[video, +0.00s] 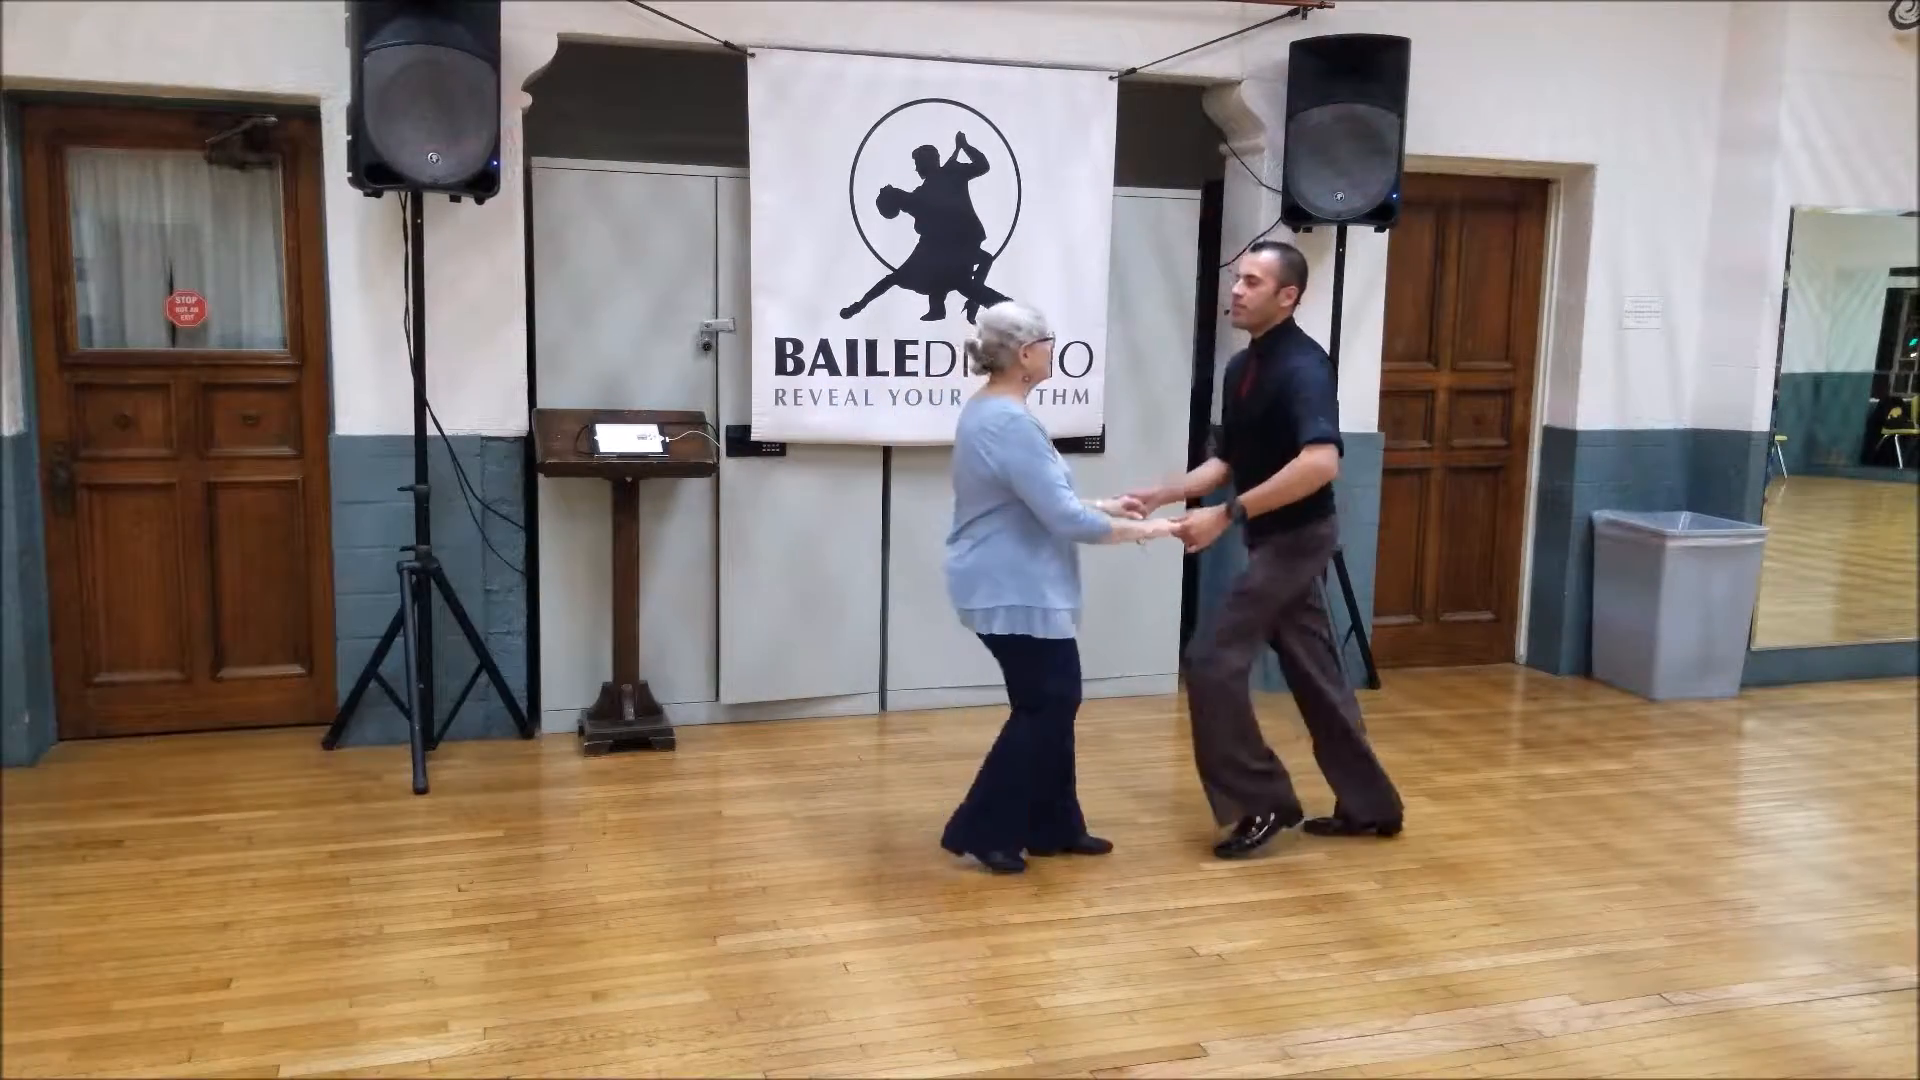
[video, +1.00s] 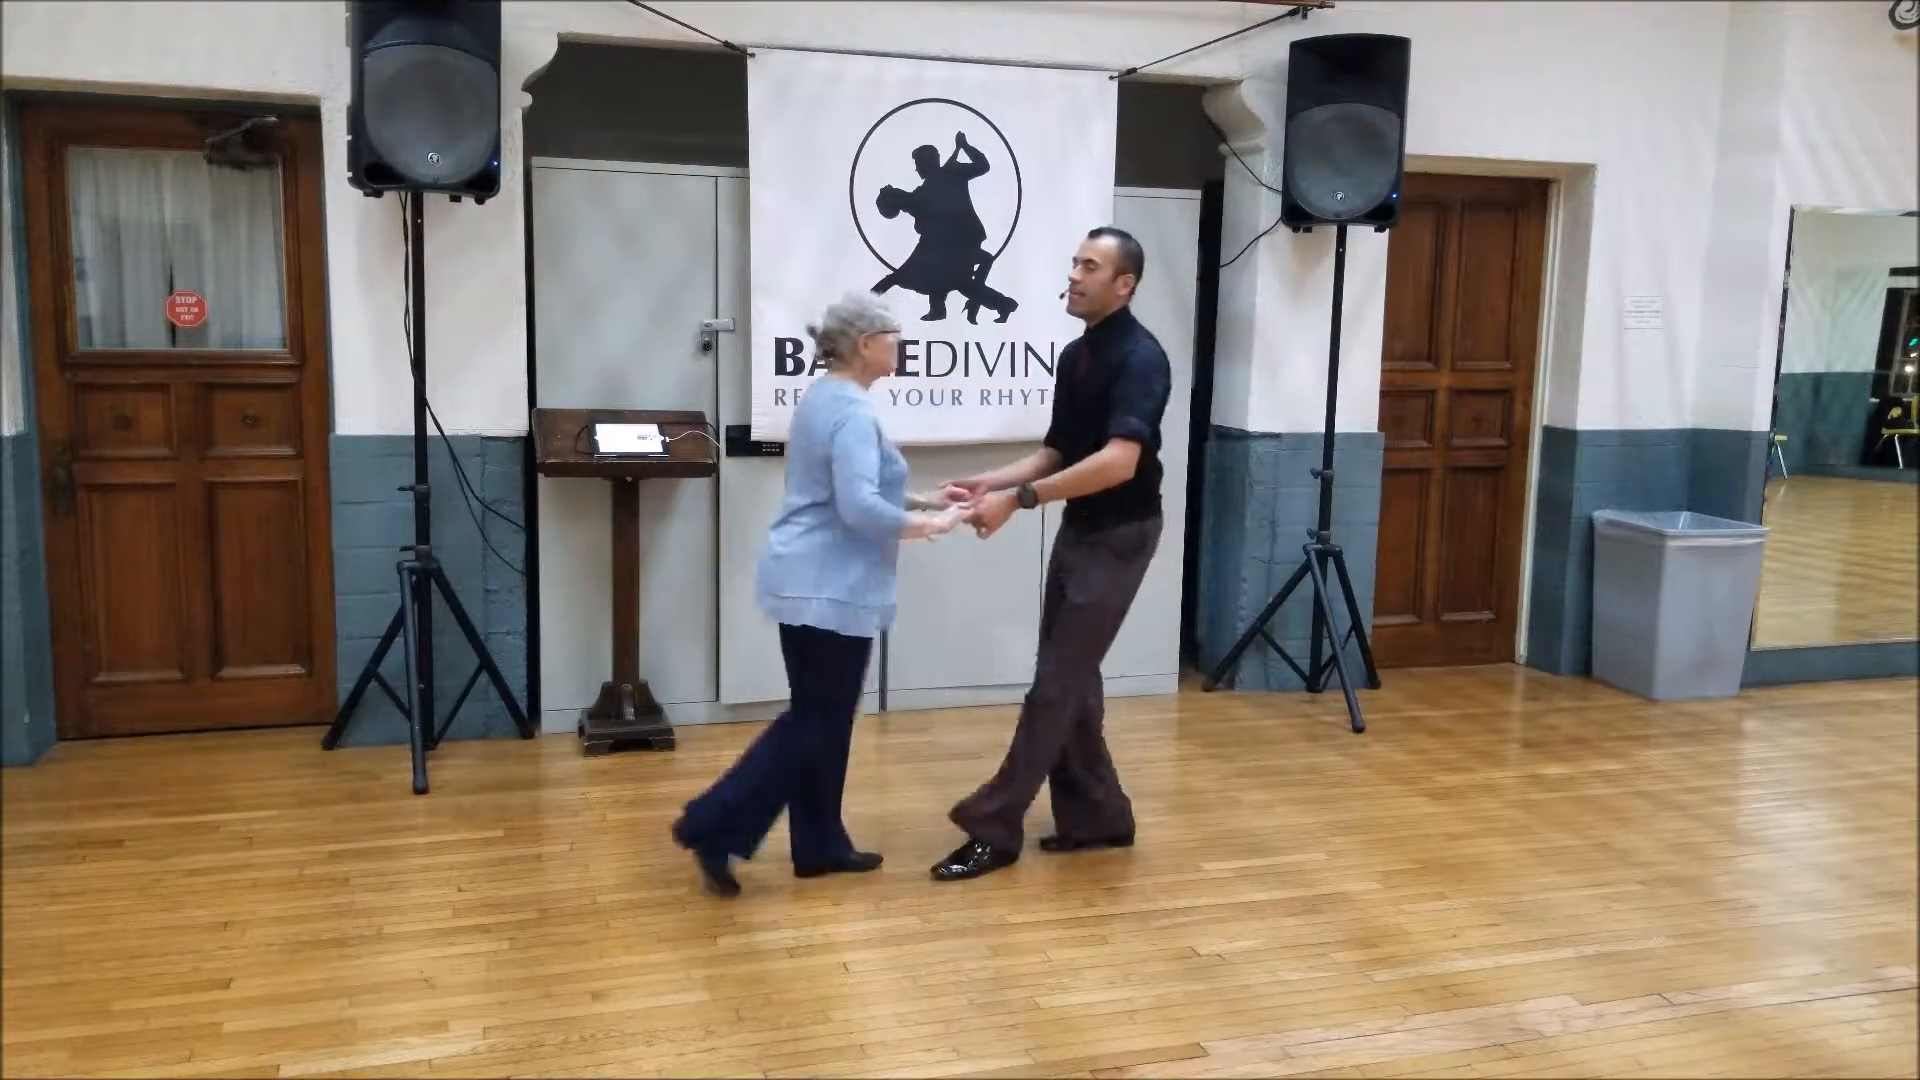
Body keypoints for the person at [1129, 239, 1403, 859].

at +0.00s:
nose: (1235, 290)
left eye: (1251, 283)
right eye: (1236, 279)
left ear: (1288, 296)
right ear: (1238, 285)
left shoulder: (1303, 364)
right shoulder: (1243, 366)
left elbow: (1322, 462)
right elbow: (1232, 459)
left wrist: (1229, 512)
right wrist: (1166, 492)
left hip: (1301, 536)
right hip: (1272, 535)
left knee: (1212, 660)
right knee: (1315, 671)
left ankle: (1265, 803)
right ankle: (1370, 805)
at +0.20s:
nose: (1220, 281)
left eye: (1236, 273)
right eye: (1223, 270)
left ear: (1272, 287)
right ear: (1234, 281)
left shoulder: (1290, 355)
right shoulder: (1229, 353)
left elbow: (1302, 455)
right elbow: (1213, 445)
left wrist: (1208, 478)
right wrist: (1179, 475)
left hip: (1273, 533)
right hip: (1237, 529)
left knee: (1229, 664)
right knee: (1256, 663)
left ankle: (1260, 822)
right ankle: (1346, 781)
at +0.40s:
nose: (1187, 274)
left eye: (1202, 266)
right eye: (1189, 262)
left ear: (1238, 279)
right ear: (1199, 273)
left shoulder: (1256, 357)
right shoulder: (1189, 346)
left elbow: (1240, 471)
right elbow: (1173, 437)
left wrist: (1152, 460)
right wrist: (1126, 456)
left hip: (1249, 532)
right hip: (1198, 527)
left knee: (1260, 679)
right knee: (1148, 655)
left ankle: (1270, 823)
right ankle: (1209, 777)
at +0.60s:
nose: (1143, 277)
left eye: (1157, 271)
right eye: (1146, 267)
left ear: (1194, 287)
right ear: (1169, 283)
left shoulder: (1210, 366)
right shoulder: (1147, 351)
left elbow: (1188, 485)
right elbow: (1129, 443)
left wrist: (1095, 483)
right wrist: (1051, 443)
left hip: (1199, 537)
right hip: (1149, 532)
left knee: (1197, 678)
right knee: (1105, 666)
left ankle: (1261, 804)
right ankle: (1096, 815)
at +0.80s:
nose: (1103, 283)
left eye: (1118, 275)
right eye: (1106, 272)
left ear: (1155, 289)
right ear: (1126, 287)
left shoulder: (1173, 367)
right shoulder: (1110, 361)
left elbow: (1153, 480)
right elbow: (1088, 458)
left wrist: (1056, 520)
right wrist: (1018, 482)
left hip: (1153, 533)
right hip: (1109, 527)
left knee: (1064, 653)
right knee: (1090, 660)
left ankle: (1112, 786)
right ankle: (1089, 818)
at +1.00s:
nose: (1073, 275)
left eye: (1088, 267)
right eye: (1075, 264)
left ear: (1125, 283)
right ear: (1081, 276)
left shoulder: (1140, 356)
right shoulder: (1078, 353)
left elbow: (1120, 461)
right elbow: (1057, 451)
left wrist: (1020, 497)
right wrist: (990, 482)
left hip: (1121, 532)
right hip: (1080, 525)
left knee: (1060, 674)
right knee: (1065, 672)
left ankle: (997, 830)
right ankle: (1097, 817)